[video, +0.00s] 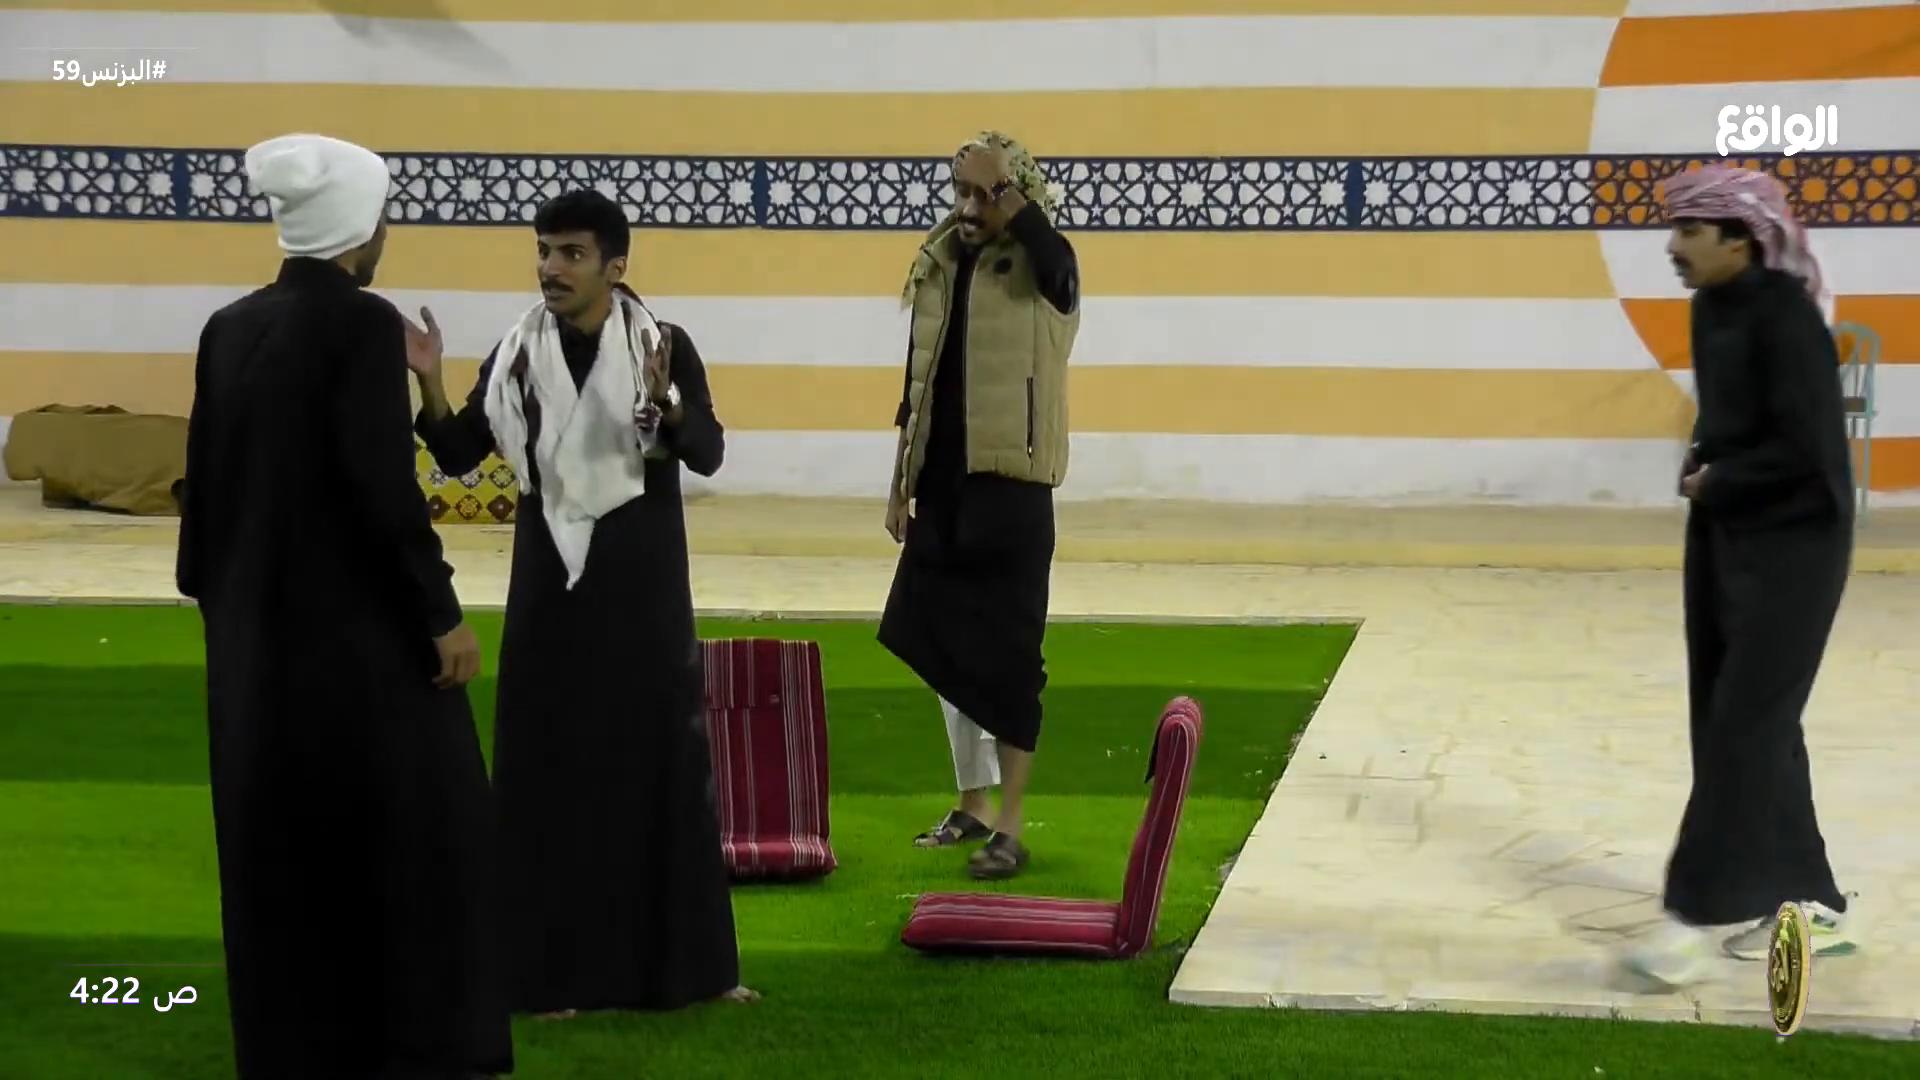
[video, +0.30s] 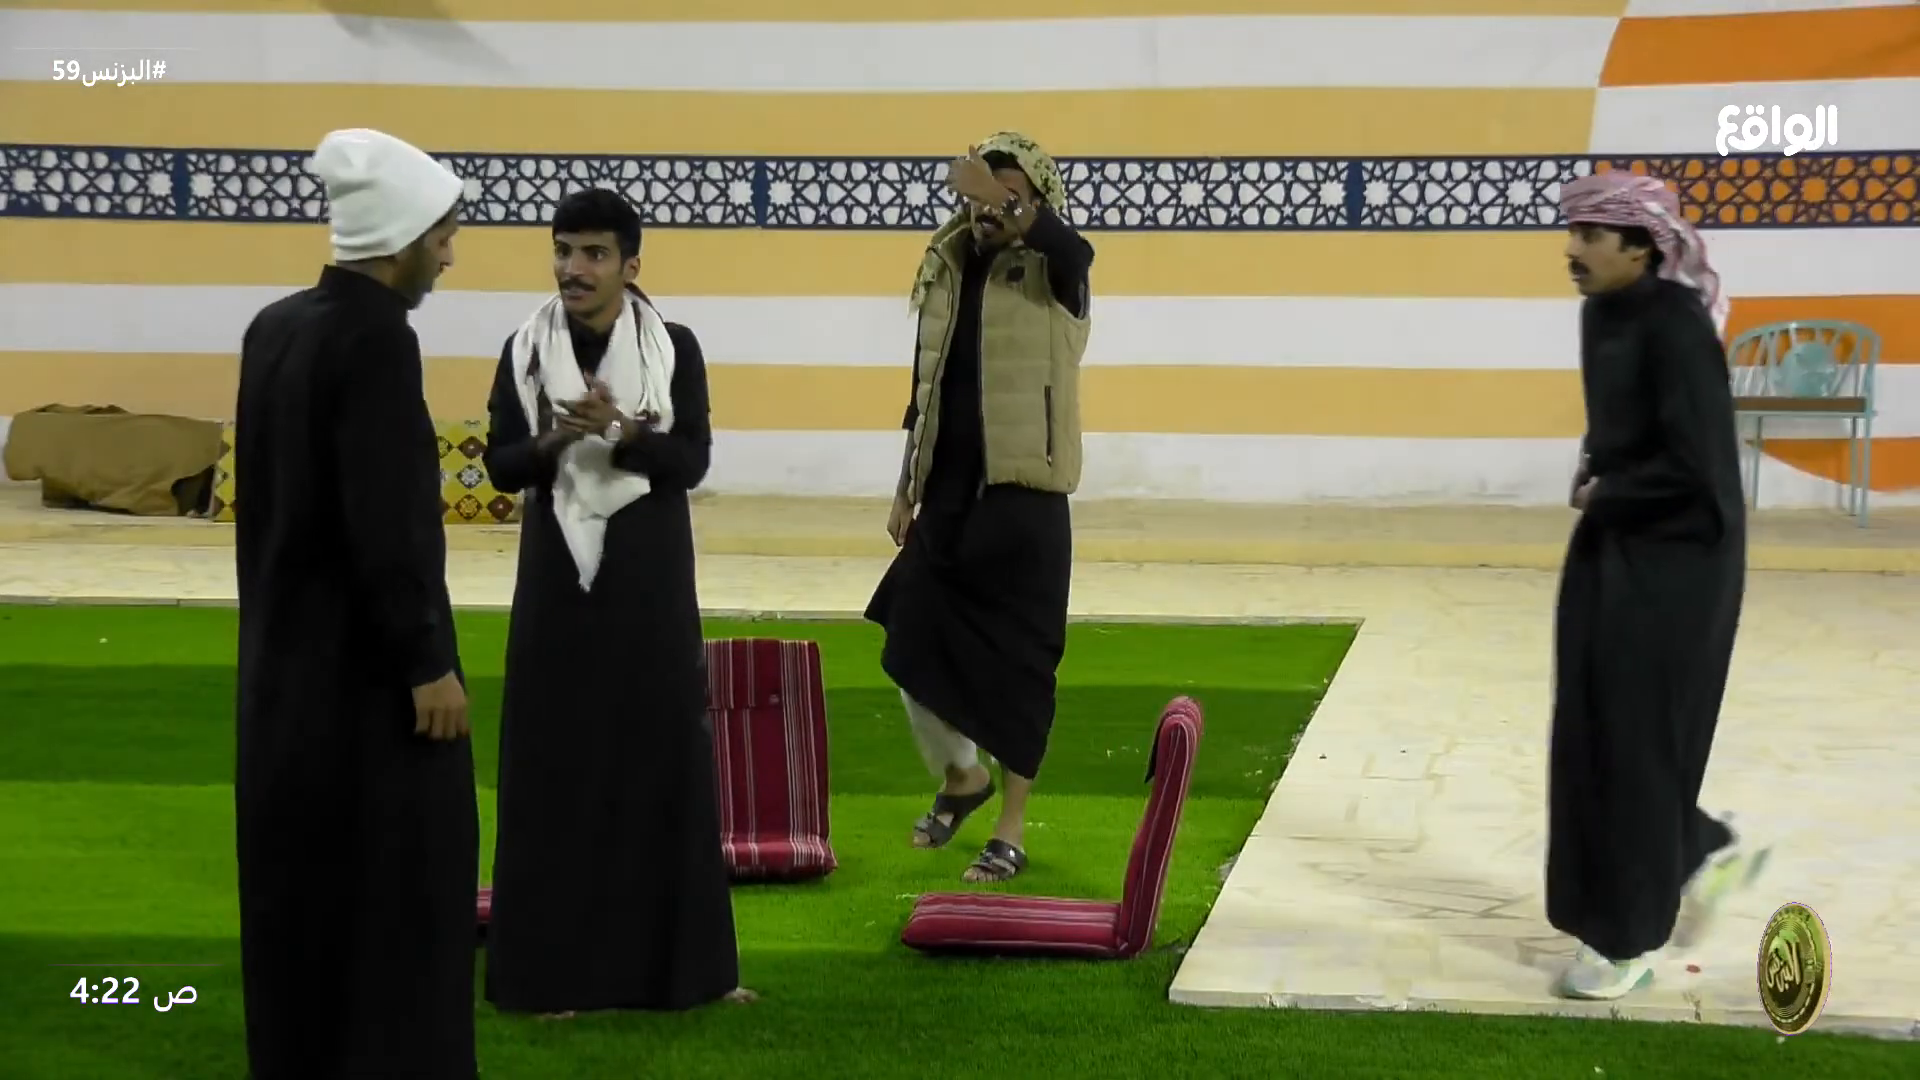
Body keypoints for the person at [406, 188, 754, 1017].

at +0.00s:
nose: (552, 268)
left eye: (571, 254)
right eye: (545, 252)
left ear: (614, 262)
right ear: (538, 257)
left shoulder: (661, 345)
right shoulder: (520, 348)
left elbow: (709, 456)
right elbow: (459, 451)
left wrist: (672, 407)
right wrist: (430, 381)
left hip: (641, 585)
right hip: (548, 584)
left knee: (658, 766)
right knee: (546, 766)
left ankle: (692, 968)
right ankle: (558, 973)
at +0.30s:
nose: (576, 267)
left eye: (595, 253)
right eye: (566, 251)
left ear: (630, 263)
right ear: (551, 258)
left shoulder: (672, 346)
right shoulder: (525, 347)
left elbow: (692, 461)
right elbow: (502, 466)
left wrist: (625, 433)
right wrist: (556, 437)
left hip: (648, 587)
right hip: (554, 585)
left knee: (663, 765)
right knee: (553, 767)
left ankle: (689, 967)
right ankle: (554, 974)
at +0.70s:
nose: (661, 270)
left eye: (678, 255)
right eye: (646, 255)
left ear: (707, 262)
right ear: (630, 258)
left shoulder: (741, 345)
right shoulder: (597, 347)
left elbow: (791, 450)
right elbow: (552, 467)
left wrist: (758, 479)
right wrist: (630, 524)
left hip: (712, 591)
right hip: (620, 592)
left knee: (709, 769)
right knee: (609, 770)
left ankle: (700, 968)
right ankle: (593, 969)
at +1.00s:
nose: (750, 279)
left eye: (767, 265)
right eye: (733, 263)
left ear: (786, 272)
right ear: (705, 266)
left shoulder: (796, 353)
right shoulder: (658, 354)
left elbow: (824, 443)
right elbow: (615, 473)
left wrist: (835, 492)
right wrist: (593, 588)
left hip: (757, 600)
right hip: (671, 602)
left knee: (753, 779)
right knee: (680, 781)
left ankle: (742, 972)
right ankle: (685, 983)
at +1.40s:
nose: (838, 327)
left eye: (848, 311)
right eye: (820, 314)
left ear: (860, 301)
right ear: (775, 302)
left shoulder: (860, 374)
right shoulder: (726, 394)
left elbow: (886, 478)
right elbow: (678, 536)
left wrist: (913, 555)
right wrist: (686, 667)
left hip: (831, 636)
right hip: (752, 641)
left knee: (816, 813)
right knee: (786, 813)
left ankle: (719, 944)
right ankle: (795, 1020)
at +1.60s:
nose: (869, 331)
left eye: (880, 314)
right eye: (851, 316)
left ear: (892, 304)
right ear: (805, 300)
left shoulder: (888, 367)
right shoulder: (750, 389)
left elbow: (905, 493)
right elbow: (726, 527)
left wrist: (907, 586)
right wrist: (760, 634)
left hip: (879, 633)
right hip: (789, 638)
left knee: (890, 814)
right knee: (783, 825)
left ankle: (849, 992)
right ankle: (775, 1020)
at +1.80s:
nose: (922, 347)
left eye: (934, 331)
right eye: (904, 330)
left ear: (943, 324)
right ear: (854, 314)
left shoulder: (942, 410)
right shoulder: (796, 406)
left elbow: (972, 548)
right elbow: (754, 538)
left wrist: (967, 666)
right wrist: (809, 628)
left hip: (922, 674)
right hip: (813, 676)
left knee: (931, 860)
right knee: (799, 851)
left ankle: (946, 1045)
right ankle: (774, 1016)